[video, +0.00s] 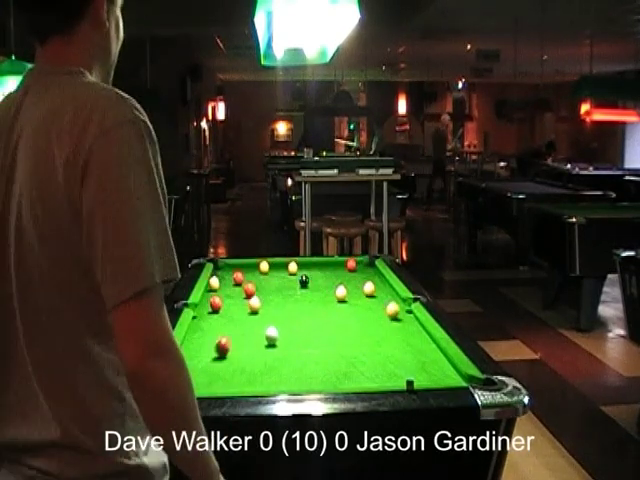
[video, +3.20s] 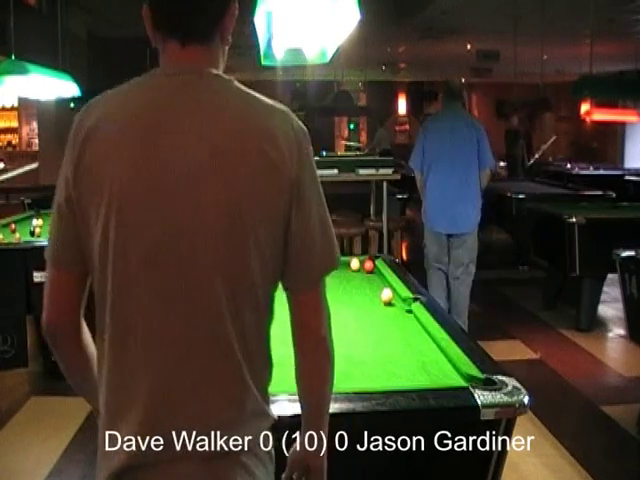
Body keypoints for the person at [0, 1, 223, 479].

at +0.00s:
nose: (122, 30)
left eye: (121, 12)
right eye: (121, 11)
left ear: (37, 22)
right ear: (102, 12)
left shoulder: (6, 113)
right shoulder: (107, 117)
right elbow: (146, 348)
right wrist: (203, 467)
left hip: (10, 452)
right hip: (98, 456)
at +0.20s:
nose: (149, 33)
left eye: (148, 18)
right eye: (148, 16)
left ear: (63, 21)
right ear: (133, 14)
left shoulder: (14, 125)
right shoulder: (146, 120)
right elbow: (183, 341)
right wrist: (238, 462)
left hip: (17, 447)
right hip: (126, 451)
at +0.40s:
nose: (187, 28)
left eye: (185, 17)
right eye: (187, 15)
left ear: (106, 23)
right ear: (179, 16)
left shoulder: (41, 126)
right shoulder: (205, 125)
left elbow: (4, 309)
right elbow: (244, 316)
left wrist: (46, 404)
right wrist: (283, 448)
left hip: (60, 436)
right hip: (170, 441)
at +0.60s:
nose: (231, 27)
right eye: (232, 15)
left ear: (148, 21)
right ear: (224, 18)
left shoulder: (86, 118)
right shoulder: (254, 126)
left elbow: (34, 299)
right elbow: (302, 294)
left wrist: (73, 399)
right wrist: (340, 407)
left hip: (101, 425)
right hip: (210, 427)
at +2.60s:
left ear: (188, 23)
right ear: (264, 26)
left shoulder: (138, 118)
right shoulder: (310, 130)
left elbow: (95, 306)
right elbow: (338, 303)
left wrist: (124, 396)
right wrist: (354, 399)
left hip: (155, 432)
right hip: (262, 432)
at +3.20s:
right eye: (240, 13)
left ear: (148, 19)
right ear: (232, 18)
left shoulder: (94, 124)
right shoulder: (280, 131)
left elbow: (60, 317)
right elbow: (309, 314)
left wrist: (110, 405)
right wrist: (314, 437)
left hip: (128, 438)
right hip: (240, 439)